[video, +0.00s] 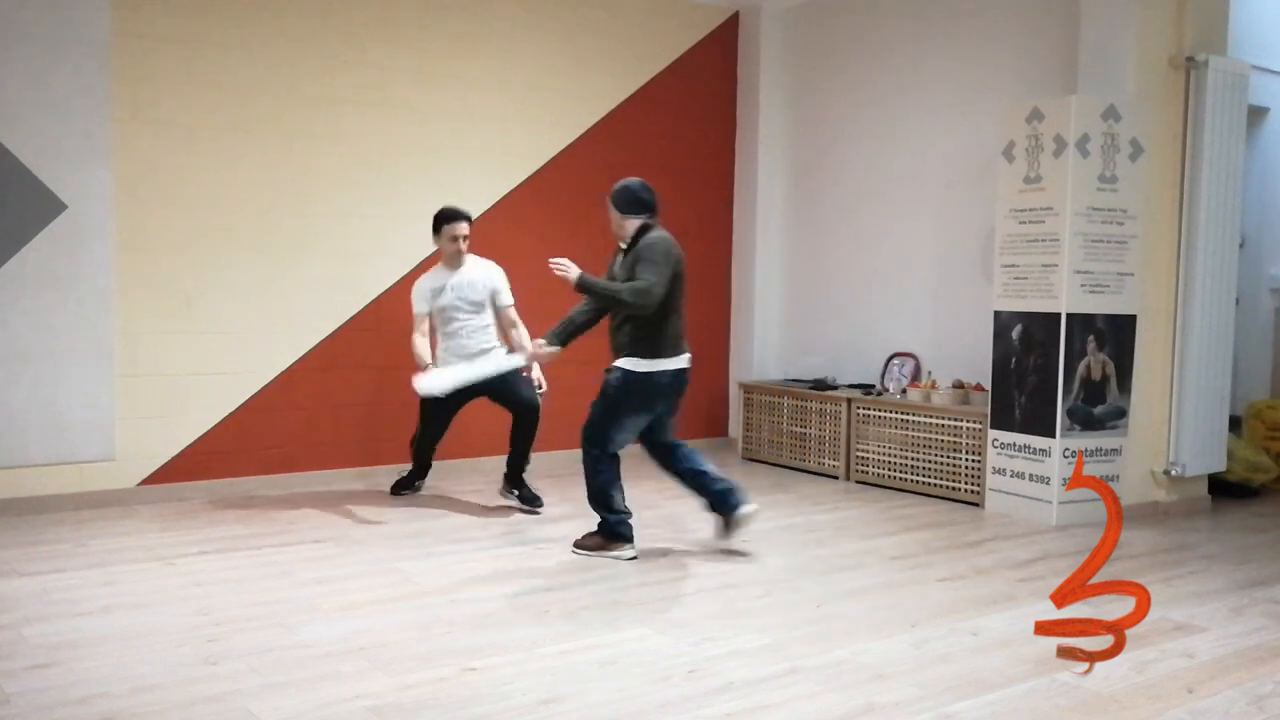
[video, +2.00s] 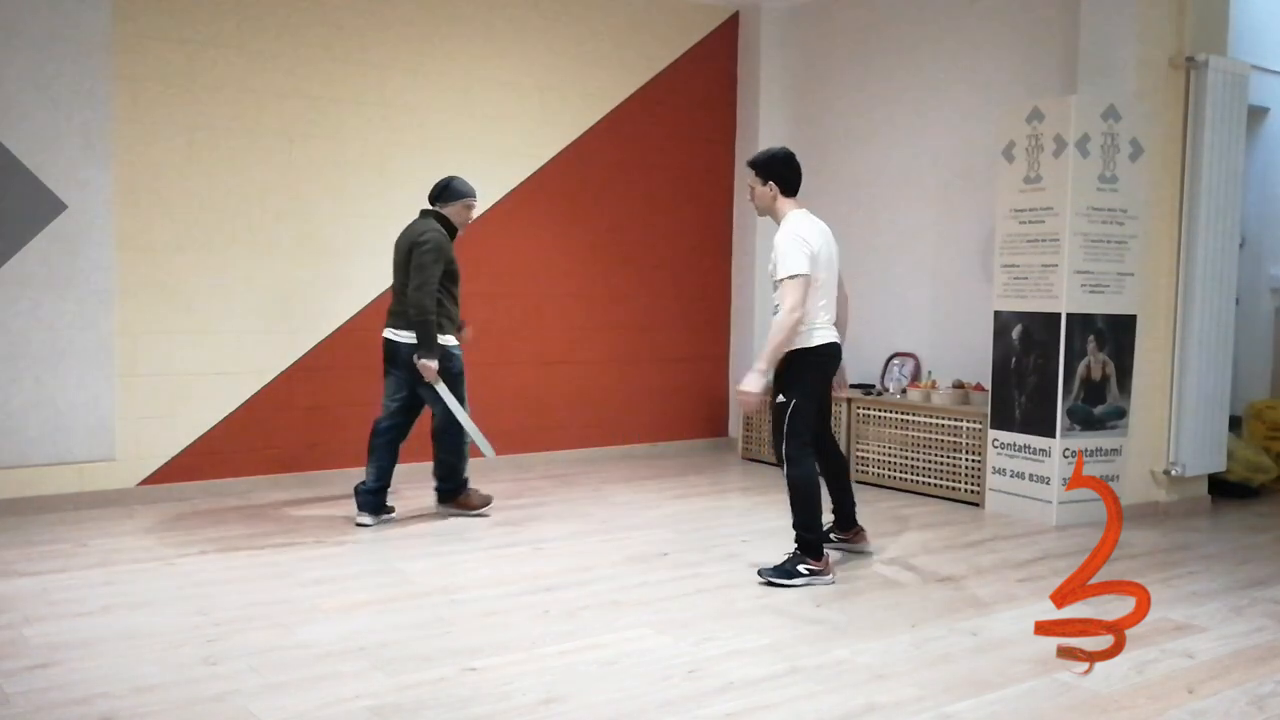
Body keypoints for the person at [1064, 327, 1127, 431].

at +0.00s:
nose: (1087, 346)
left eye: (1090, 342)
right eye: (1088, 342)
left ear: (1098, 344)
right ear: (1087, 345)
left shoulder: (1108, 364)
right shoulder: (1083, 365)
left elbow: (1114, 390)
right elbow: (1076, 391)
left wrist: (1108, 406)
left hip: (1103, 406)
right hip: (1086, 406)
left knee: (1121, 411)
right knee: (1071, 410)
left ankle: (1086, 424)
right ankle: (1101, 425)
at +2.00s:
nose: (1087, 346)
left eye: (1090, 342)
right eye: (1088, 342)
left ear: (1098, 344)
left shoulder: (1108, 364)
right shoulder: (1084, 364)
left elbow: (1114, 390)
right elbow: (1076, 390)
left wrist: (1106, 407)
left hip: (1103, 406)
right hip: (1086, 406)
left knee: (1121, 411)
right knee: (1071, 410)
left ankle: (1085, 425)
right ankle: (1101, 425)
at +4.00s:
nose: (1087, 345)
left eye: (1091, 342)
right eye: (1088, 342)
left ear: (1098, 344)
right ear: (1088, 345)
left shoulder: (1108, 364)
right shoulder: (1083, 365)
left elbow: (1113, 390)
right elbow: (1076, 391)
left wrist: (1106, 406)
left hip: (1103, 406)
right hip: (1086, 405)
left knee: (1121, 411)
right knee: (1071, 410)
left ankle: (1086, 425)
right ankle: (1102, 425)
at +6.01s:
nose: (1088, 345)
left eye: (1091, 342)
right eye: (1088, 342)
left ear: (1098, 344)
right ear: (1087, 344)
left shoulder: (1108, 364)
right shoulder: (1084, 364)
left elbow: (1114, 390)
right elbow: (1076, 390)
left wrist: (1109, 406)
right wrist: (1070, 409)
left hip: (1102, 406)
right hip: (1085, 405)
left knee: (1121, 411)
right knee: (1071, 410)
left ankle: (1086, 425)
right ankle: (1100, 425)